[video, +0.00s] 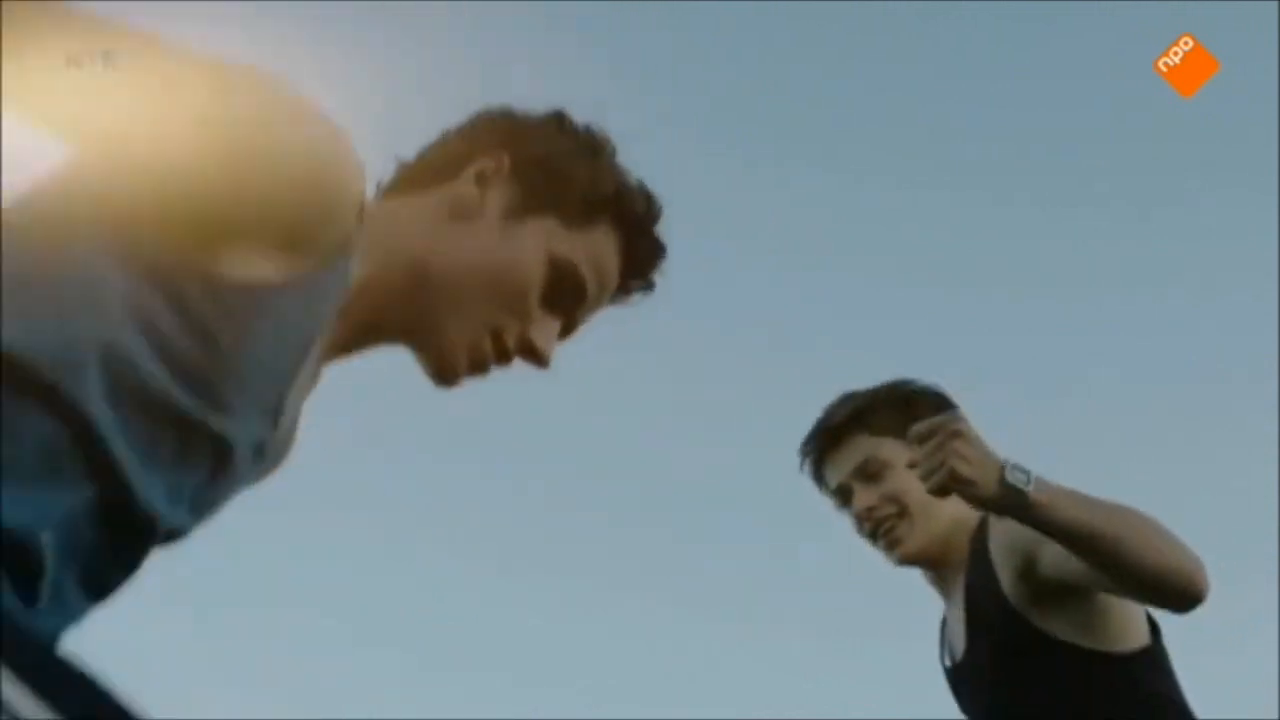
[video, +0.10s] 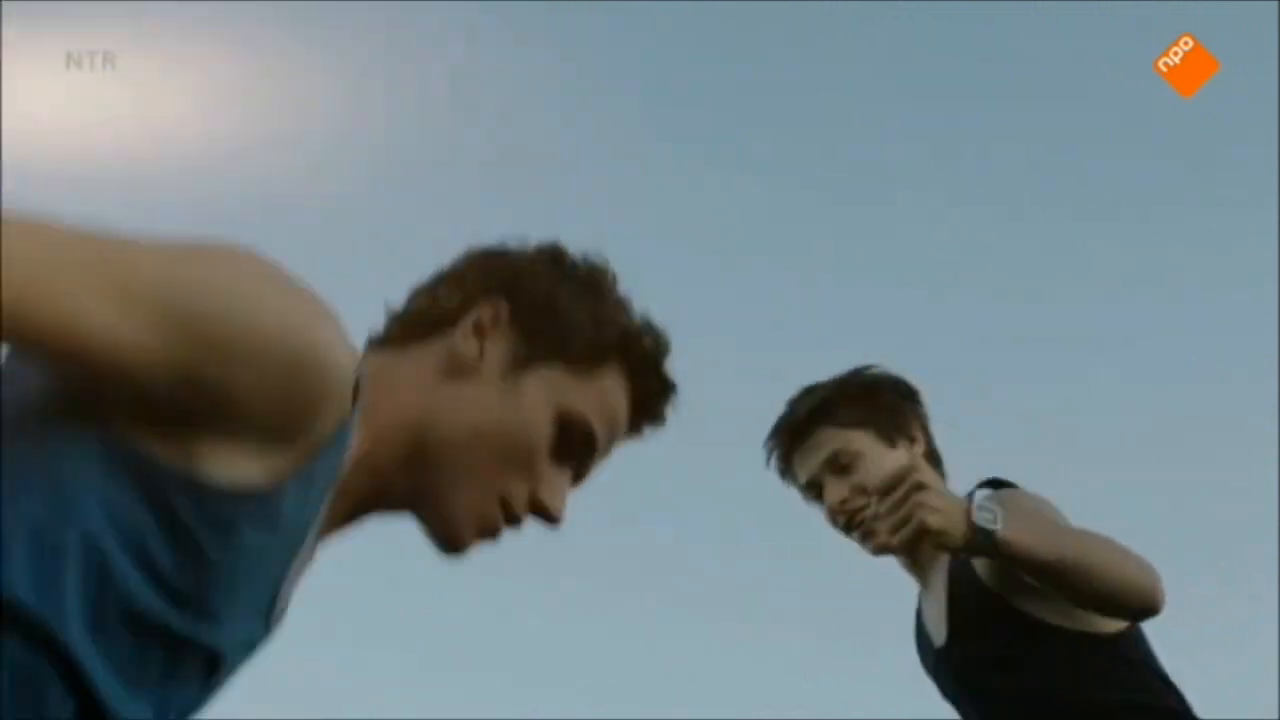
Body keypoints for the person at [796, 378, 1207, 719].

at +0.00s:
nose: (862, 507)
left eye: (875, 474)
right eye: (845, 498)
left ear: (938, 455)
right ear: (845, 518)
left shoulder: (1018, 543)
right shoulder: (954, 633)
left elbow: (1185, 584)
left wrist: (1007, 485)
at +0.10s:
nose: (836, 501)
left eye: (845, 465)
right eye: (817, 493)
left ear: (912, 441)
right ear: (819, 513)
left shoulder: (997, 517)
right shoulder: (929, 627)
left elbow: (1143, 593)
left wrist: (976, 524)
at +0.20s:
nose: (818, 505)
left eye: (827, 469)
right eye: (799, 497)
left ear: (893, 443)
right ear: (802, 514)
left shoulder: (984, 512)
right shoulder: (914, 639)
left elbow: (1113, 583)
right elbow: (1014, 700)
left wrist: (951, 554)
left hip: (1147, 703)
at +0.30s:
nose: (792, 523)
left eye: (800, 487)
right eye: (774, 515)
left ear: (864, 458)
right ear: (773, 529)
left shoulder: (962, 526)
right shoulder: (885, 622)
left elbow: (1078, 561)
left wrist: (928, 596)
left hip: (1126, 707)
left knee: (1016, 689)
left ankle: (1087, 708)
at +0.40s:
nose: (776, 540)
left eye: (784, 504)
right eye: (757, 533)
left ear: (845, 472)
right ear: (755, 547)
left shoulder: (947, 537)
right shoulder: (873, 638)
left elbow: (1061, 558)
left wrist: (924, 614)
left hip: (1116, 707)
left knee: (983, 683)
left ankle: (1065, 708)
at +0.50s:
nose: (755, 576)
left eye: (762, 539)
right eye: (734, 568)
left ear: (821, 501)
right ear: (732, 581)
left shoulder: (923, 563)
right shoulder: (849, 677)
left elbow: (1053, 578)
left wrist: (918, 641)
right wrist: (855, 705)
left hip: (1086, 702)